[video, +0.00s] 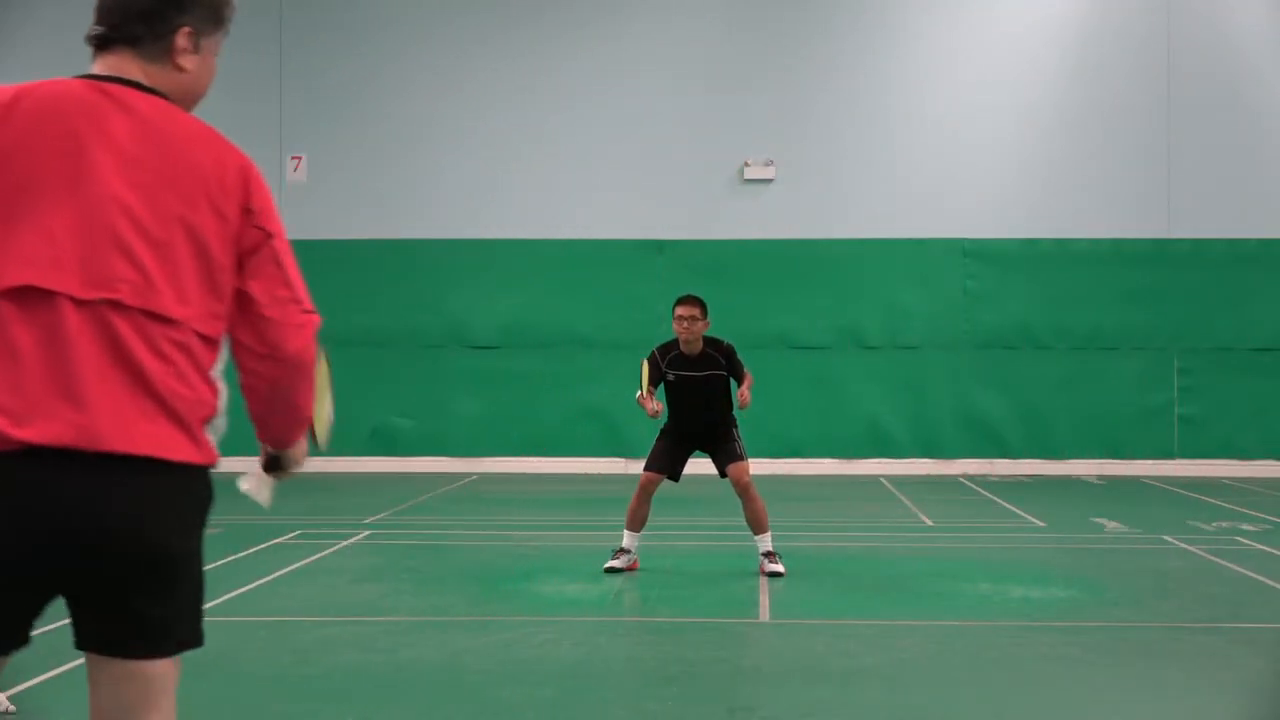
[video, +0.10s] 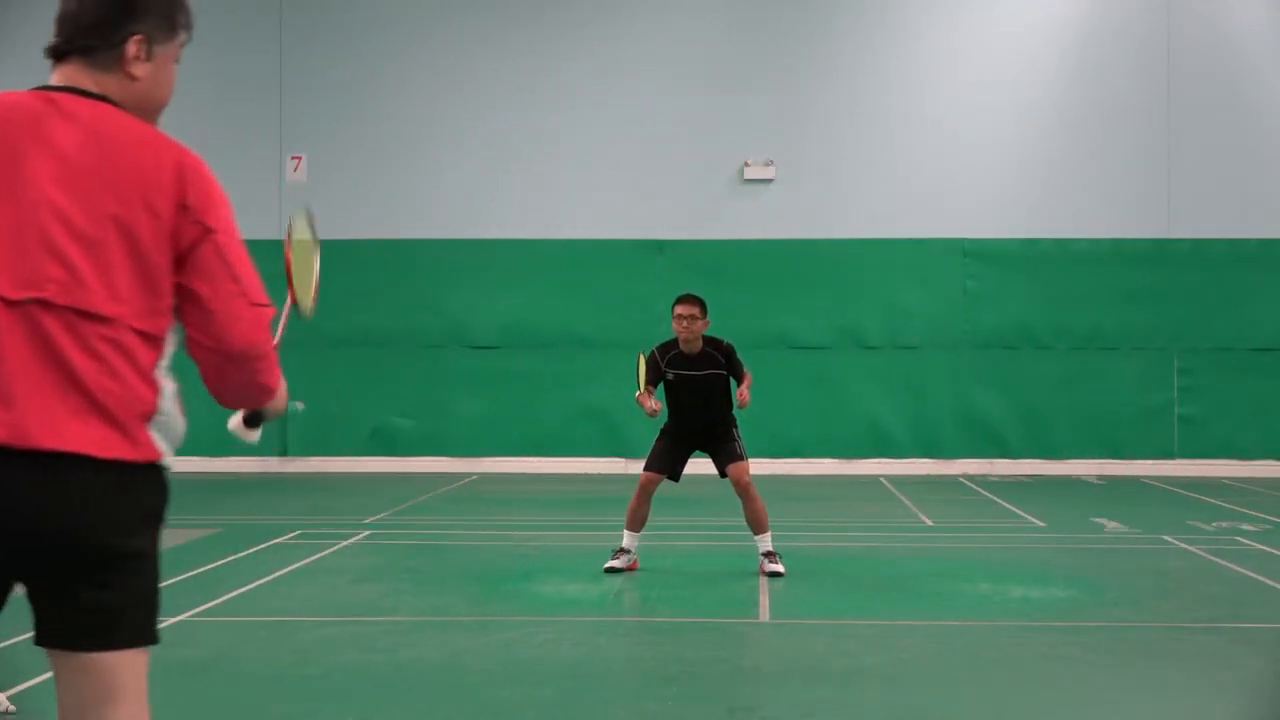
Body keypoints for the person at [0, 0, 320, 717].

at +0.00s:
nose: (214, 73)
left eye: (219, 54)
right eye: (217, 52)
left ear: (105, 33)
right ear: (184, 44)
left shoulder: (10, 111)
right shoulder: (223, 170)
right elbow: (282, 339)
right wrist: (284, 439)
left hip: (12, 469)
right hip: (147, 482)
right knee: (136, 708)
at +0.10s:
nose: (174, 81)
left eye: (178, 62)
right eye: (174, 61)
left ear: (62, 49)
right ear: (135, 55)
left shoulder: (4, 117)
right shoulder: (171, 170)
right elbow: (233, 336)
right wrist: (264, 397)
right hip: (94, 470)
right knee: (105, 704)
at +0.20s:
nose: (129, 106)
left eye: (133, 85)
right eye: (131, 82)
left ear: (24, 65)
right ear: (97, 74)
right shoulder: (101, 180)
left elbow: (181, 334)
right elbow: (183, 339)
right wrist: (260, 364)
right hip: (38, 474)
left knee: (71, 703)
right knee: (75, 705)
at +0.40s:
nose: (73, 106)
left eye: (75, 86)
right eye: (74, 86)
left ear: (16, 84)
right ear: (50, 88)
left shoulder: (27, 174)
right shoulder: (31, 172)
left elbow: (64, 314)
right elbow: (70, 316)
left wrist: (186, 370)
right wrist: (189, 369)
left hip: (14, 467)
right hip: (5, 468)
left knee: (31, 678)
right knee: (38, 681)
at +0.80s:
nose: (73, 140)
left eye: (75, 123)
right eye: (61, 118)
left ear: (8, 112)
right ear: (6, 109)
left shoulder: (16, 203)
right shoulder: (15, 208)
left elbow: (58, 330)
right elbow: (67, 338)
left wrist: (111, 406)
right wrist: (118, 412)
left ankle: (4, 696)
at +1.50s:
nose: (147, 186)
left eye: (151, 171)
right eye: (136, 166)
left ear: (78, 162)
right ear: (80, 159)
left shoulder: (14, 213)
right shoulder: (81, 248)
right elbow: (132, 387)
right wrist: (187, 435)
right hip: (19, 485)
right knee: (105, 654)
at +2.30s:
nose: (168, 194)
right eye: (169, 182)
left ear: (88, 175)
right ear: (159, 183)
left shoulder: (26, 218)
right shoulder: (193, 266)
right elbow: (225, 404)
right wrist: (190, 422)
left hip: (20, 452)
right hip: (134, 466)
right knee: (162, 647)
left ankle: (3, 702)